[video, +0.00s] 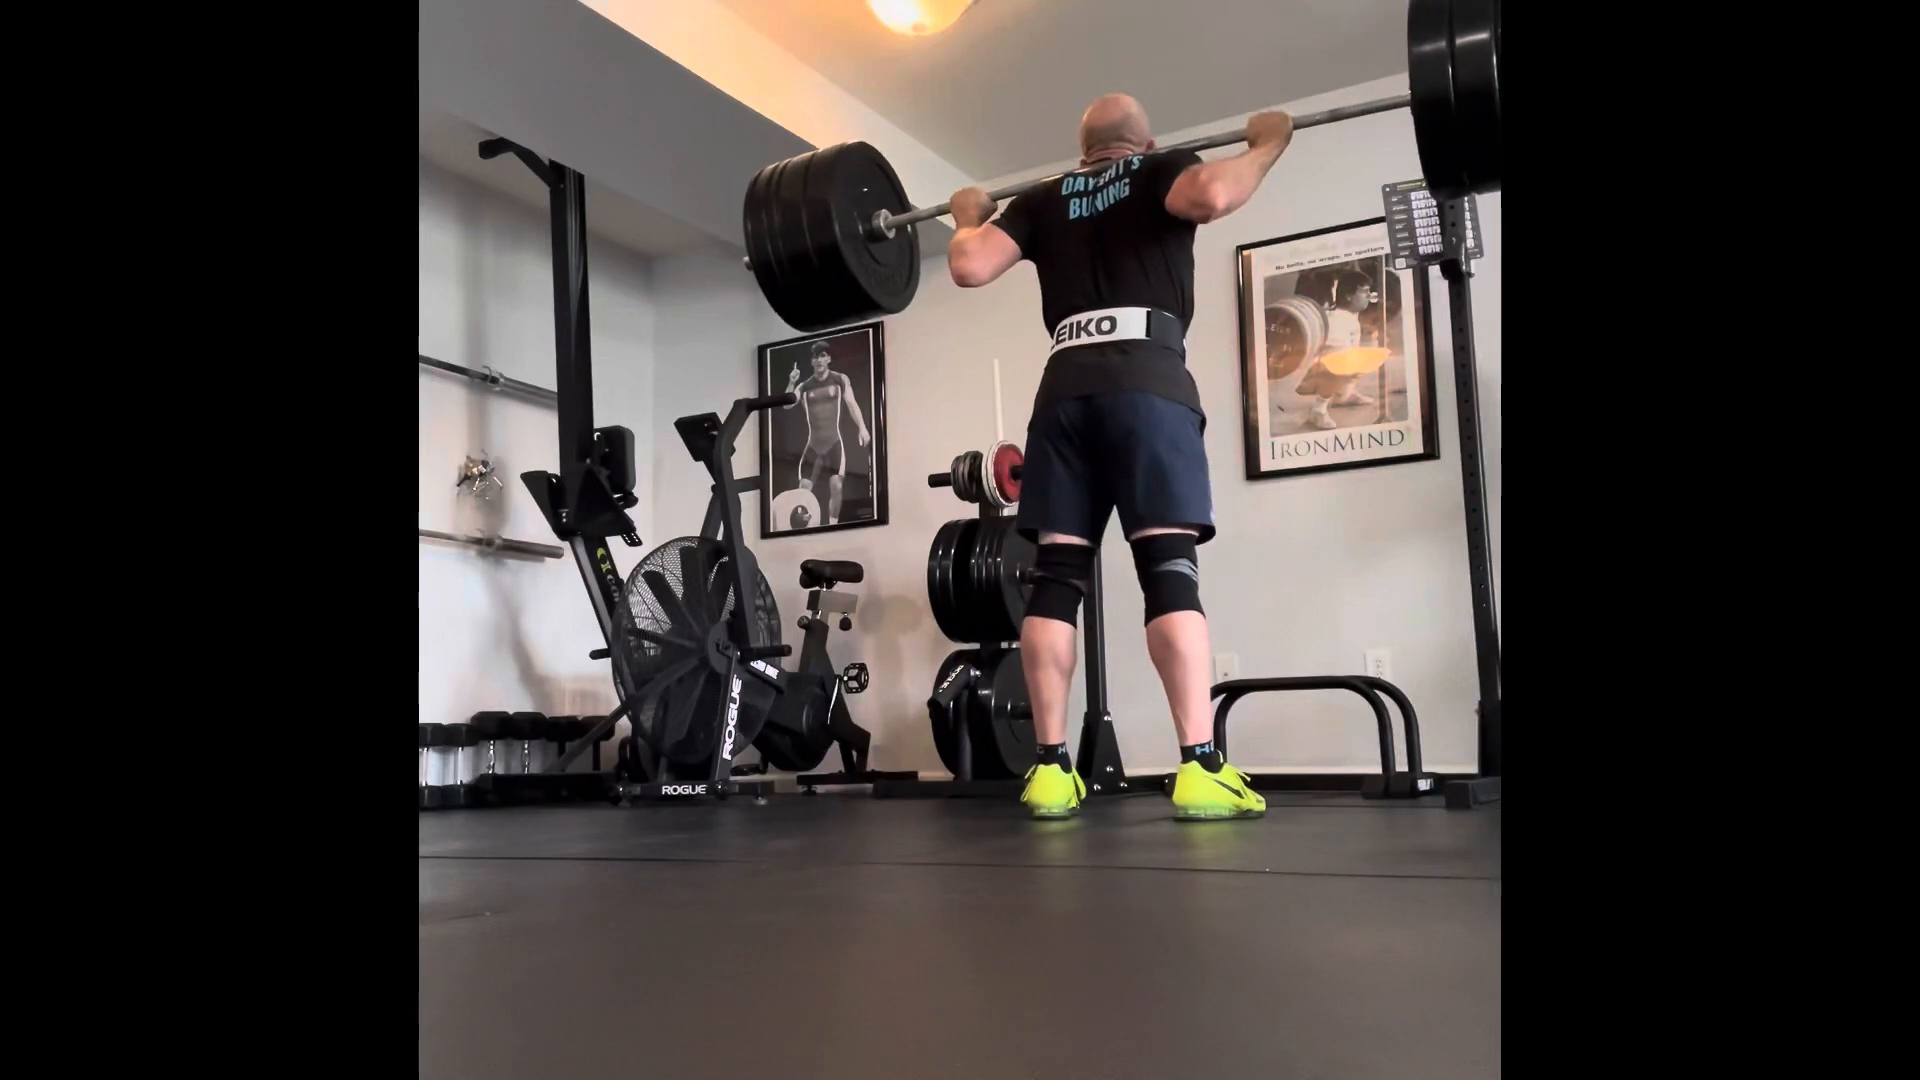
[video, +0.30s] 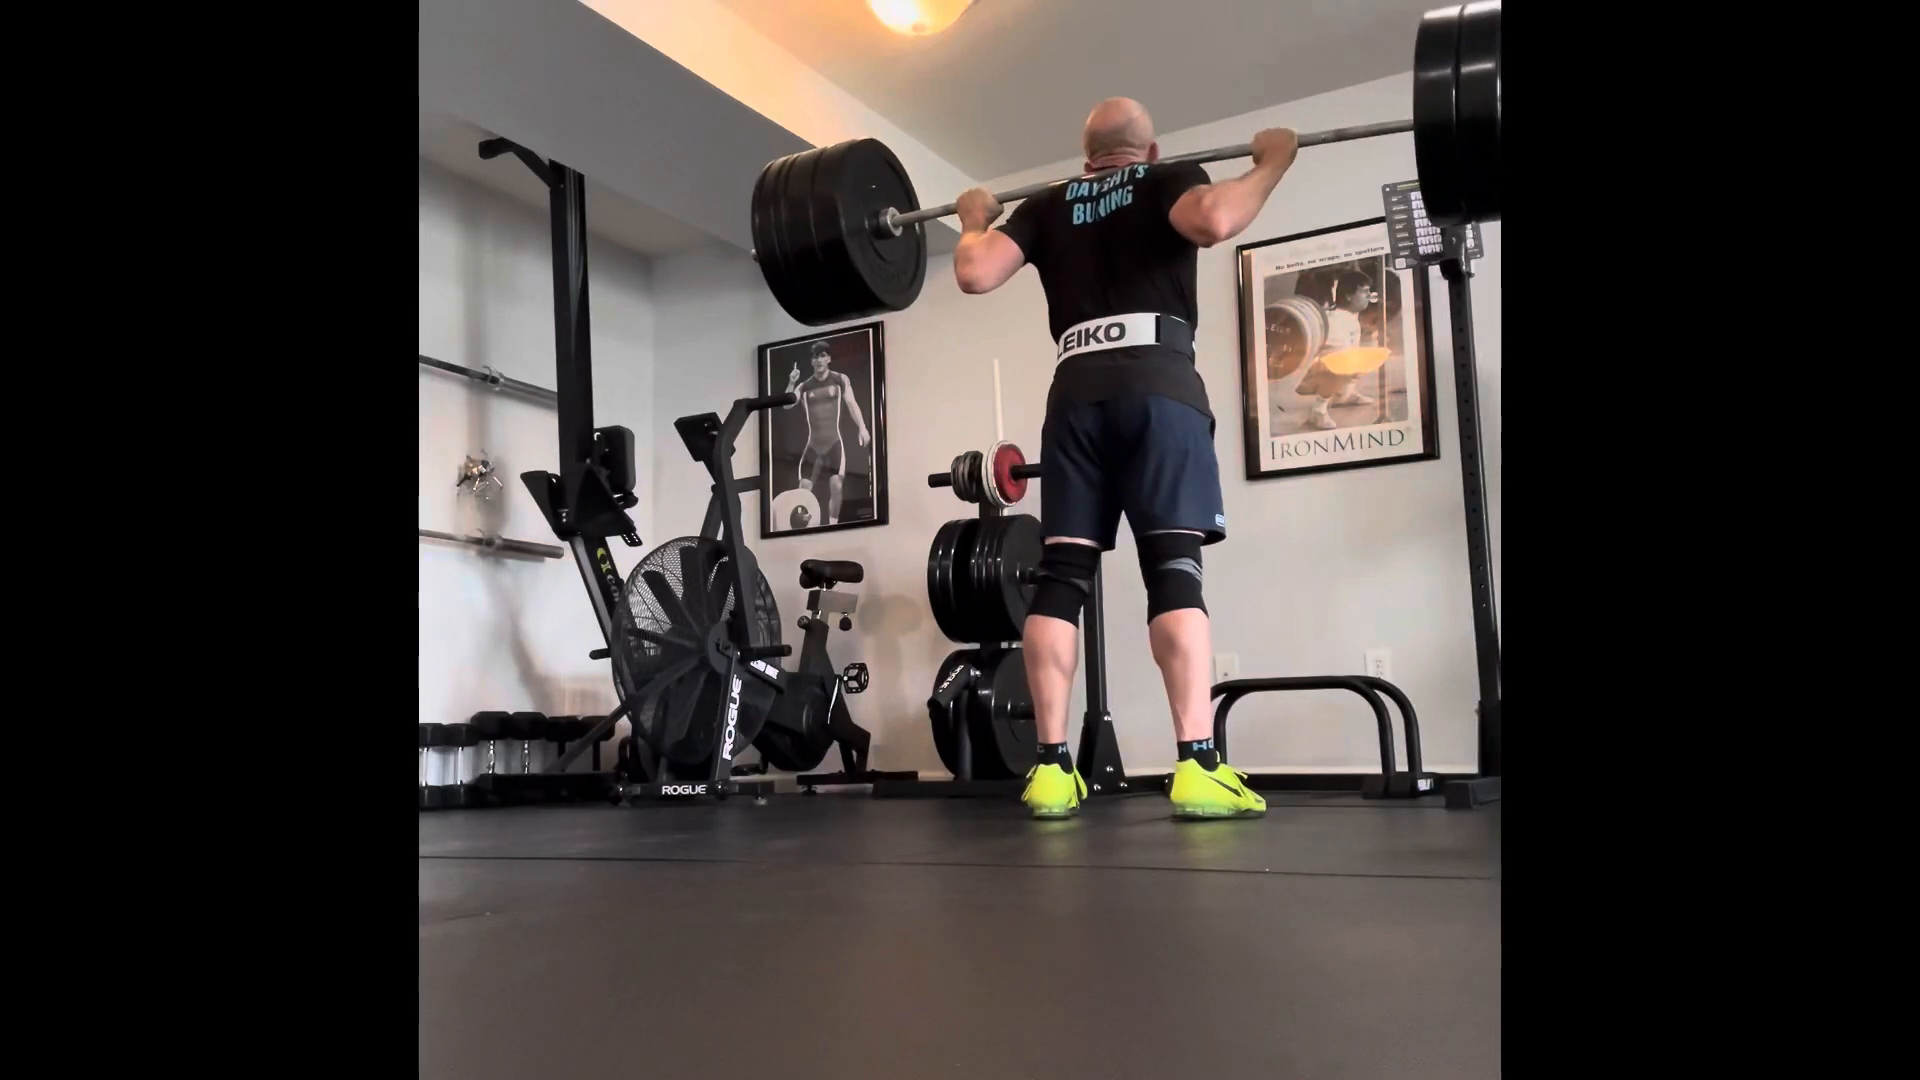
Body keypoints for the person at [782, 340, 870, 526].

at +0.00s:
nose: (819, 362)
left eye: (823, 358)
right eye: (816, 358)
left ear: (829, 359)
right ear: (811, 361)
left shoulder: (840, 380)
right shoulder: (803, 387)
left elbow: (852, 405)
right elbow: (787, 406)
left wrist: (862, 428)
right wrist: (791, 384)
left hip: (834, 443)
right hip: (812, 445)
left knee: (835, 484)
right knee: (804, 486)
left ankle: (832, 527)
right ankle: (802, 527)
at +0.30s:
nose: (819, 361)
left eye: (823, 357)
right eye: (816, 358)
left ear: (829, 359)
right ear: (811, 361)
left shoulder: (840, 380)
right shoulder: (803, 386)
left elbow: (852, 405)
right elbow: (787, 405)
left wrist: (862, 428)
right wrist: (791, 384)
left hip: (834, 443)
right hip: (812, 445)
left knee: (835, 484)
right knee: (804, 486)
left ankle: (832, 527)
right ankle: (803, 528)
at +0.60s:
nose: (819, 360)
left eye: (823, 356)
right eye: (816, 357)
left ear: (829, 359)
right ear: (811, 361)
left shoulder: (840, 379)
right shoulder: (803, 386)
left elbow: (852, 405)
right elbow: (787, 405)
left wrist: (862, 428)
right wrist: (791, 384)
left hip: (834, 443)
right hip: (813, 444)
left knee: (836, 485)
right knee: (804, 486)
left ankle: (832, 528)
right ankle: (802, 528)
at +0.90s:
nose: (819, 363)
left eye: (823, 359)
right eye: (816, 360)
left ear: (829, 360)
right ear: (811, 362)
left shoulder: (840, 380)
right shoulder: (803, 386)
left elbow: (852, 405)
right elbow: (787, 405)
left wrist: (862, 428)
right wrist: (791, 384)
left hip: (834, 443)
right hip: (813, 444)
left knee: (836, 485)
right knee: (804, 486)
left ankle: (832, 528)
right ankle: (802, 528)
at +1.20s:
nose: (819, 360)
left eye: (823, 356)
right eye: (816, 357)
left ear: (829, 359)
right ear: (811, 361)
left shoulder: (840, 380)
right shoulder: (803, 386)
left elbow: (852, 405)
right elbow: (788, 405)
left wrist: (862, 428)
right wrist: (791, 383)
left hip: (834, 443)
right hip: (813, 444)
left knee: (836, 485)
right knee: (804, 486)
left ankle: (832, 528)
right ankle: (803, 528)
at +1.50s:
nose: (820, 366)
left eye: (823, 362)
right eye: (816, 363)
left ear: (829, 360)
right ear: (811, 364)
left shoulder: (840, 380)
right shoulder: (803, 387)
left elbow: (852, 405)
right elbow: (787, 404)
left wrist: (862, 428)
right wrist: (791, 383)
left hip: (834, 443)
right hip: (813, 444)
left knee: (836, 485)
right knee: (804, 486)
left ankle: (832, 528)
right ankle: (801, 527)